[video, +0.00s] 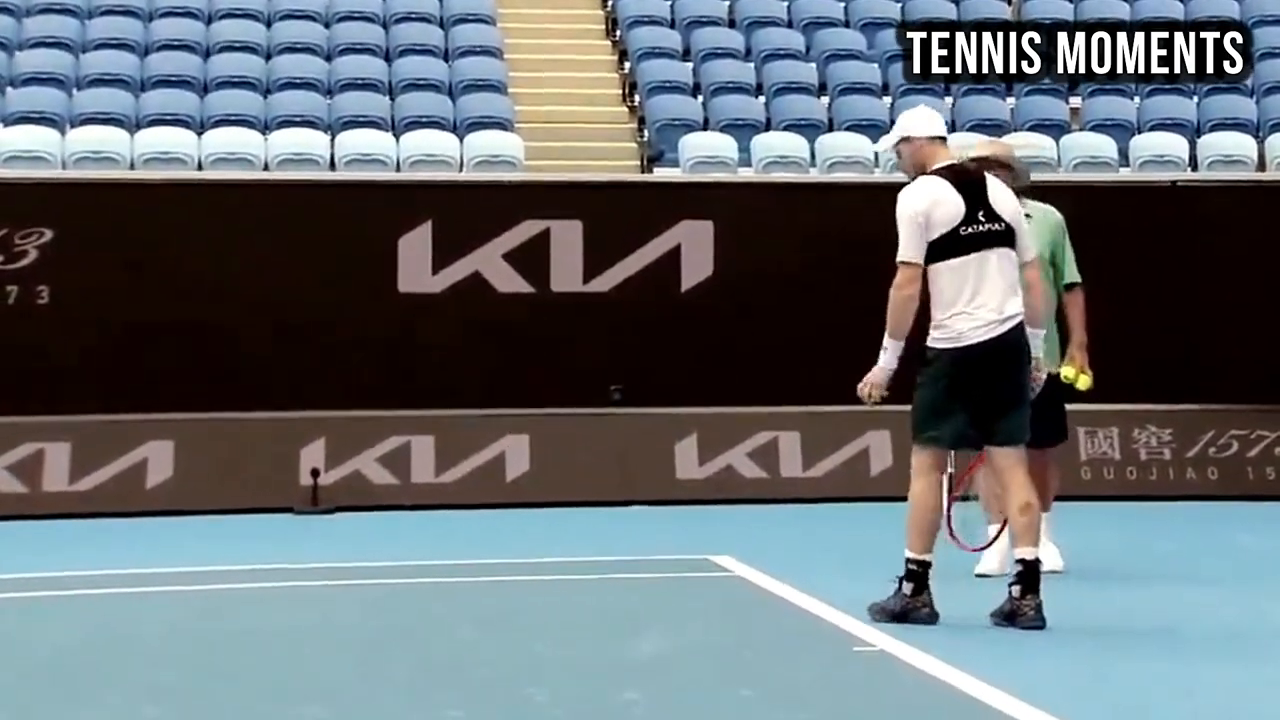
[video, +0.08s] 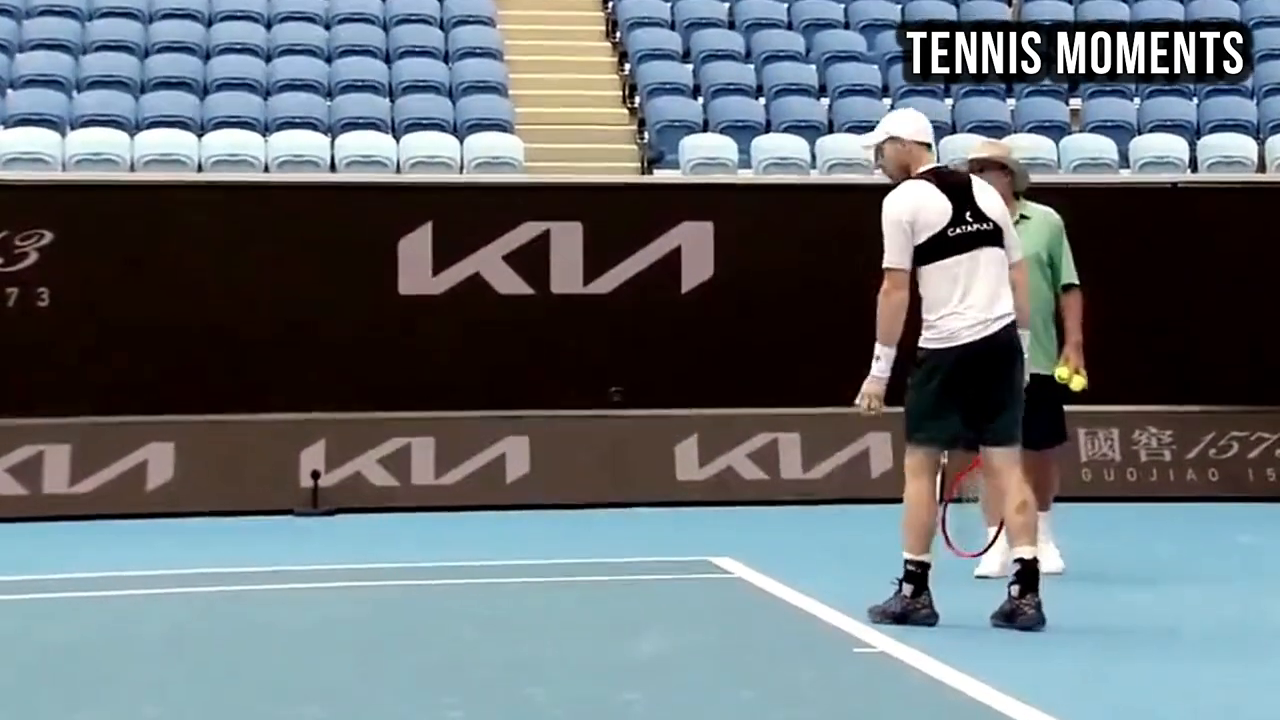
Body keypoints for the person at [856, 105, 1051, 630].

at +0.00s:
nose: (897, 159)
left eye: (899, 149)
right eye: (897, 150)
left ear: (917, 144)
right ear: (940, 140)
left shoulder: (917, 197)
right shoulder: (998, 187)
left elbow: (908, 285)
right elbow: (1034, 272)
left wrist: (885, 362)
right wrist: (1033, 348)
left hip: (952, 353)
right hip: (1009, 349)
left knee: (926, 467)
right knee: (1013, 467)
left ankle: (914, 590)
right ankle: (1027, 595)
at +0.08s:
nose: (881, 162)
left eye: (883, 151)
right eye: (879, 152)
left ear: (905, 146)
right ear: (926, 146)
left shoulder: (902, 202)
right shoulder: (984, 189)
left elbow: (896, 289)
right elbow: (1018, 271)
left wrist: (879, 370)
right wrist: (1015, 342)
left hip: (942, 353)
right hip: (1003, 348)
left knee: (920, 467)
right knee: (1008, 467)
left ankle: (914, 592)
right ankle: (1026, 594)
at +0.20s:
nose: (856, 163)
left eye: (862, 153)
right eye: (856, 154)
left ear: (890, 152)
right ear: (900, 153)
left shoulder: (882, 209)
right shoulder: (962, 192)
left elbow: (880, 299)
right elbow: (1002, 273)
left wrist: (871, 381)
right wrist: (998, 338)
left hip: (931, 356)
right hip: (992, 348)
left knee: (914, 470)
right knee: (1002, 468)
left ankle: (913, 595)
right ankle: (1025, 593)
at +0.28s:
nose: (845, 164)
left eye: (849, 153)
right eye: (844, 154)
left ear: (873, 151)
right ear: (888, 152)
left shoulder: (871, 210)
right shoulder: (951, 188)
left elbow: (871, 299)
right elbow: (992, 269)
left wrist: (866, 384)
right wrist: (990, 334)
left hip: (927, 352)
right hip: (986, 342)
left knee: (911, 469)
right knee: (999, 463)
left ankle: (914, 592)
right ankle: (1025, 586)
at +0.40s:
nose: (829, 169)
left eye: (834, 158)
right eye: (829, 160)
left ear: (859, 157)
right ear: (871, 159)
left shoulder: (857, 216)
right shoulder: (931, 189)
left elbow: (858, 306)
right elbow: (980, 269)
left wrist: (854, 388)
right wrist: (969, 328)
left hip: (922, 352)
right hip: (980, 340)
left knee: (910, 471)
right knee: (994, 461)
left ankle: (914, 594)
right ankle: (1025, 586)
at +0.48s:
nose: (822, 173)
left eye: (825, 163)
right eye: (821, 164)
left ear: (849, 161)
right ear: (867, 160)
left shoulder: (848, 219)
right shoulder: (922, 190)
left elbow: (849, 309)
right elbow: (972, 269)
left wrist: (842, 392)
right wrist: (950, 324)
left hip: (919, 353)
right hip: (975, 337)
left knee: (909, 472)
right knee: (994, 458)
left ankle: (914, 595)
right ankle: (1027, 583)